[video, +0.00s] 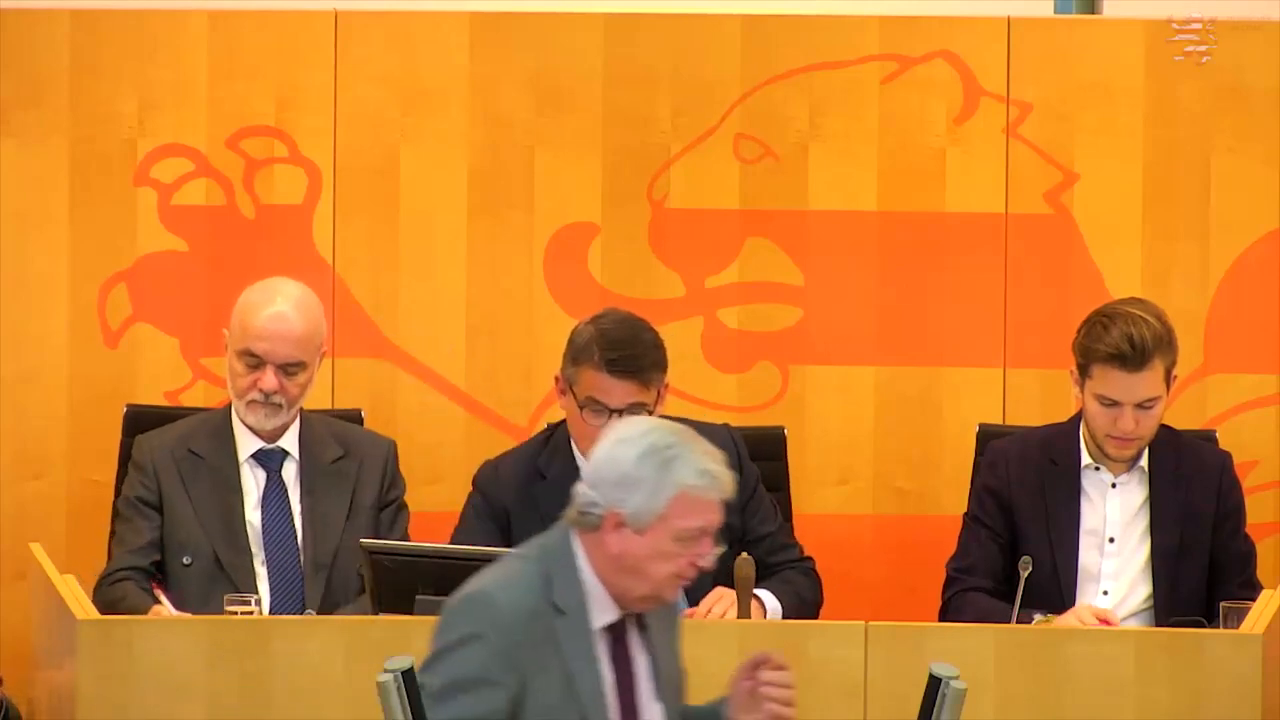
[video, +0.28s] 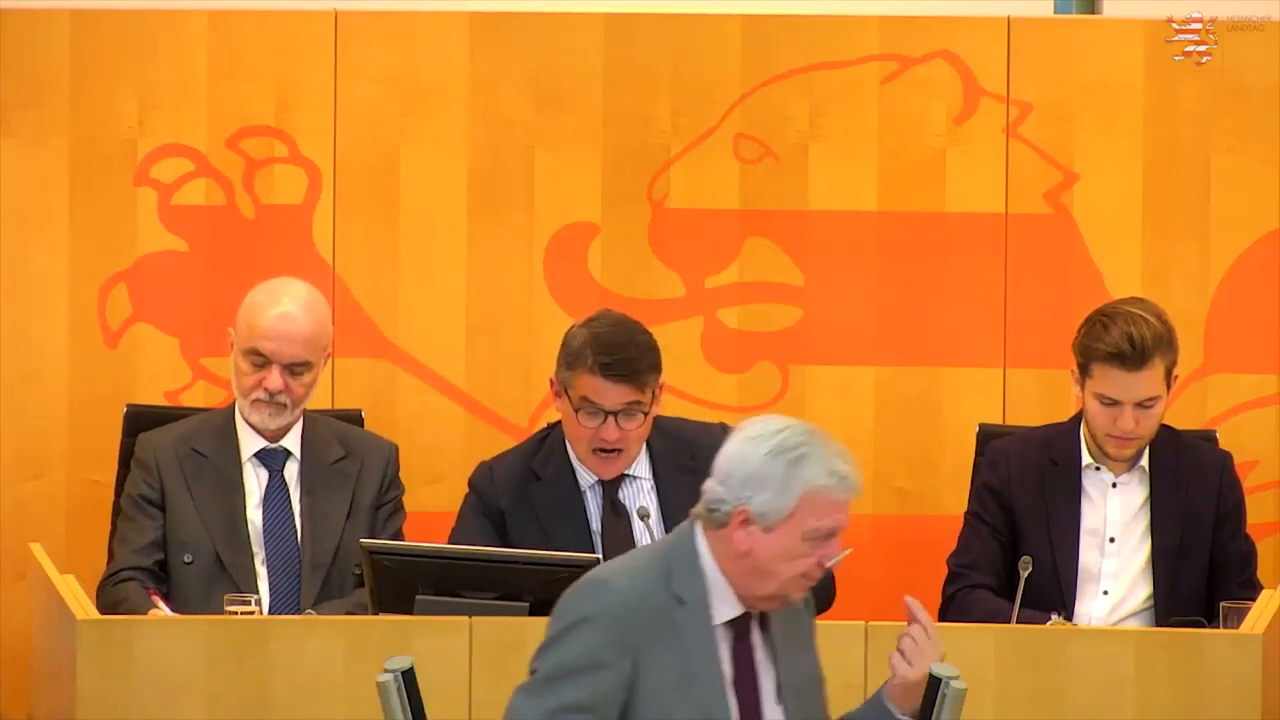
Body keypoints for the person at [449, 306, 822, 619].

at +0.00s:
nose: (615, 430)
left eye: (634, 412)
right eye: (596, 411)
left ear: (661, 395)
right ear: (562, 392)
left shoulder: (718, 452)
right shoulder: (504, 484)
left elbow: (799, 579)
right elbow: (468, 601)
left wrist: (755, 605)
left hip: (703, 662)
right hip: (559, 675)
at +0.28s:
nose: (610, 433)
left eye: (629, 412)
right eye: (591, 412)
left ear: (656, 396)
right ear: (558, 394)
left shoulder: (722, 455)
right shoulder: (500, 488)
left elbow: (818, 585)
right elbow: (455, 610)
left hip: (704, 675)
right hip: (567, 679)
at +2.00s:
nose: (599, 438)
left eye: (616, 417)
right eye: (578, 418)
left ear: (642, 398)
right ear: (543, 402)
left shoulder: (704, 448)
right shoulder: (493, 493)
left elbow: (828, 501)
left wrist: (789, 598)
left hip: (723, 666)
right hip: (577, 685)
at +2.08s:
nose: (599, 438)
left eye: (616, 417)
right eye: (578, 418)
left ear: (641, 398)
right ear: (543, 402)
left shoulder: (704, 448)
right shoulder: (494, 492)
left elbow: (833, 497)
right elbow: (474, 626)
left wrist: (792, 603)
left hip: (728, 664)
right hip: (586, 678)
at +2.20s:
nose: (600, 437)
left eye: (617, 415)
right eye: (580, 416)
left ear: (641, 399)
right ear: (543, 402)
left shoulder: (704, 450)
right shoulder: (495, 492)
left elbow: (841, 512)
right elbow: (473, 625)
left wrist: (792, 621)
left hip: (728, 665)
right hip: (592, 681)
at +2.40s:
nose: (602, 436)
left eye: (619, 415)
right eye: (581, 415)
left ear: (644, 398)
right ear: (546, 400)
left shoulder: (705, 455)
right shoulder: (495, 490)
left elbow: (840, 540)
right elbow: (468, 624)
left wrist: (797, 655)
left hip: (718, 670)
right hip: (579, 683)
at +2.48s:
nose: (603, 434)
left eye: (620, 413)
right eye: (583, 414)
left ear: (645, 397)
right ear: (547, 400)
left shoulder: (706, 455)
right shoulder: (496, 490)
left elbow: (837, 549)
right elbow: (469, 627)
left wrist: (789, 663)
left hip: (716, 673)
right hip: (576, 686)